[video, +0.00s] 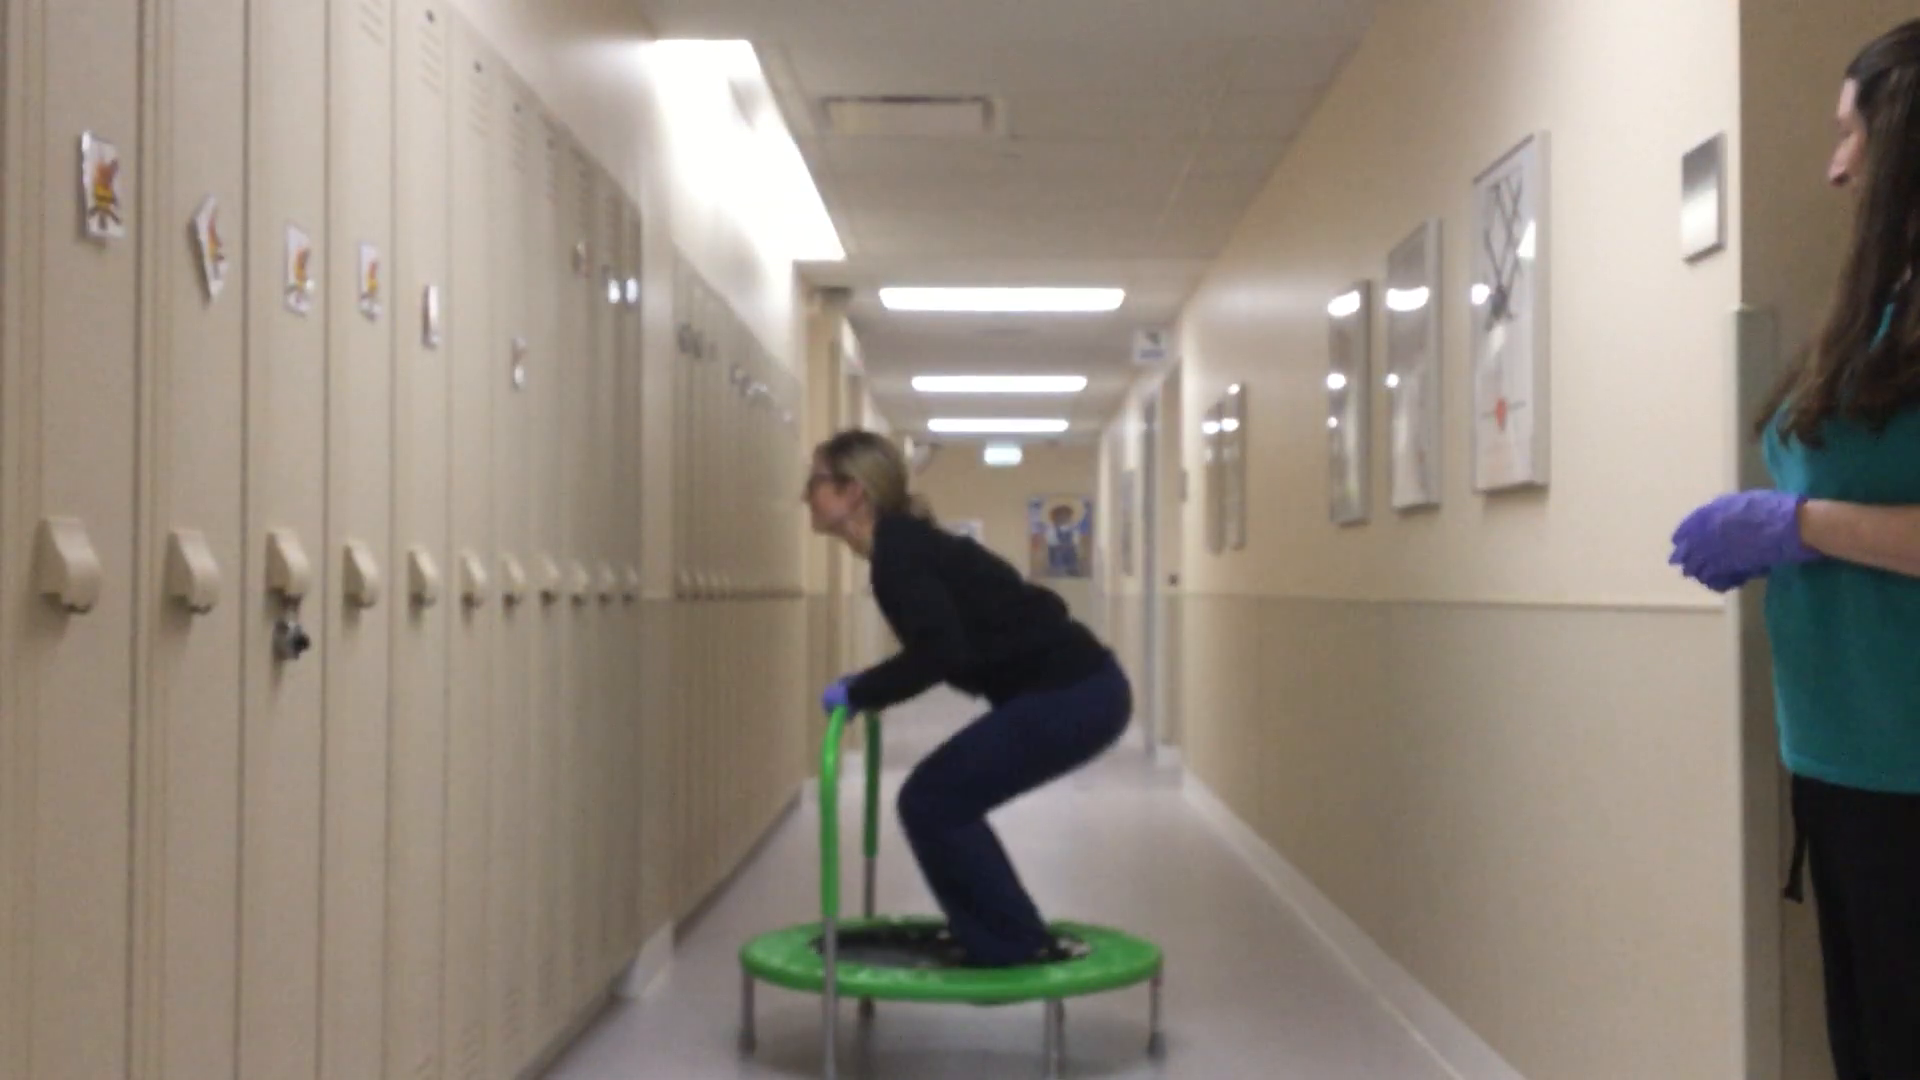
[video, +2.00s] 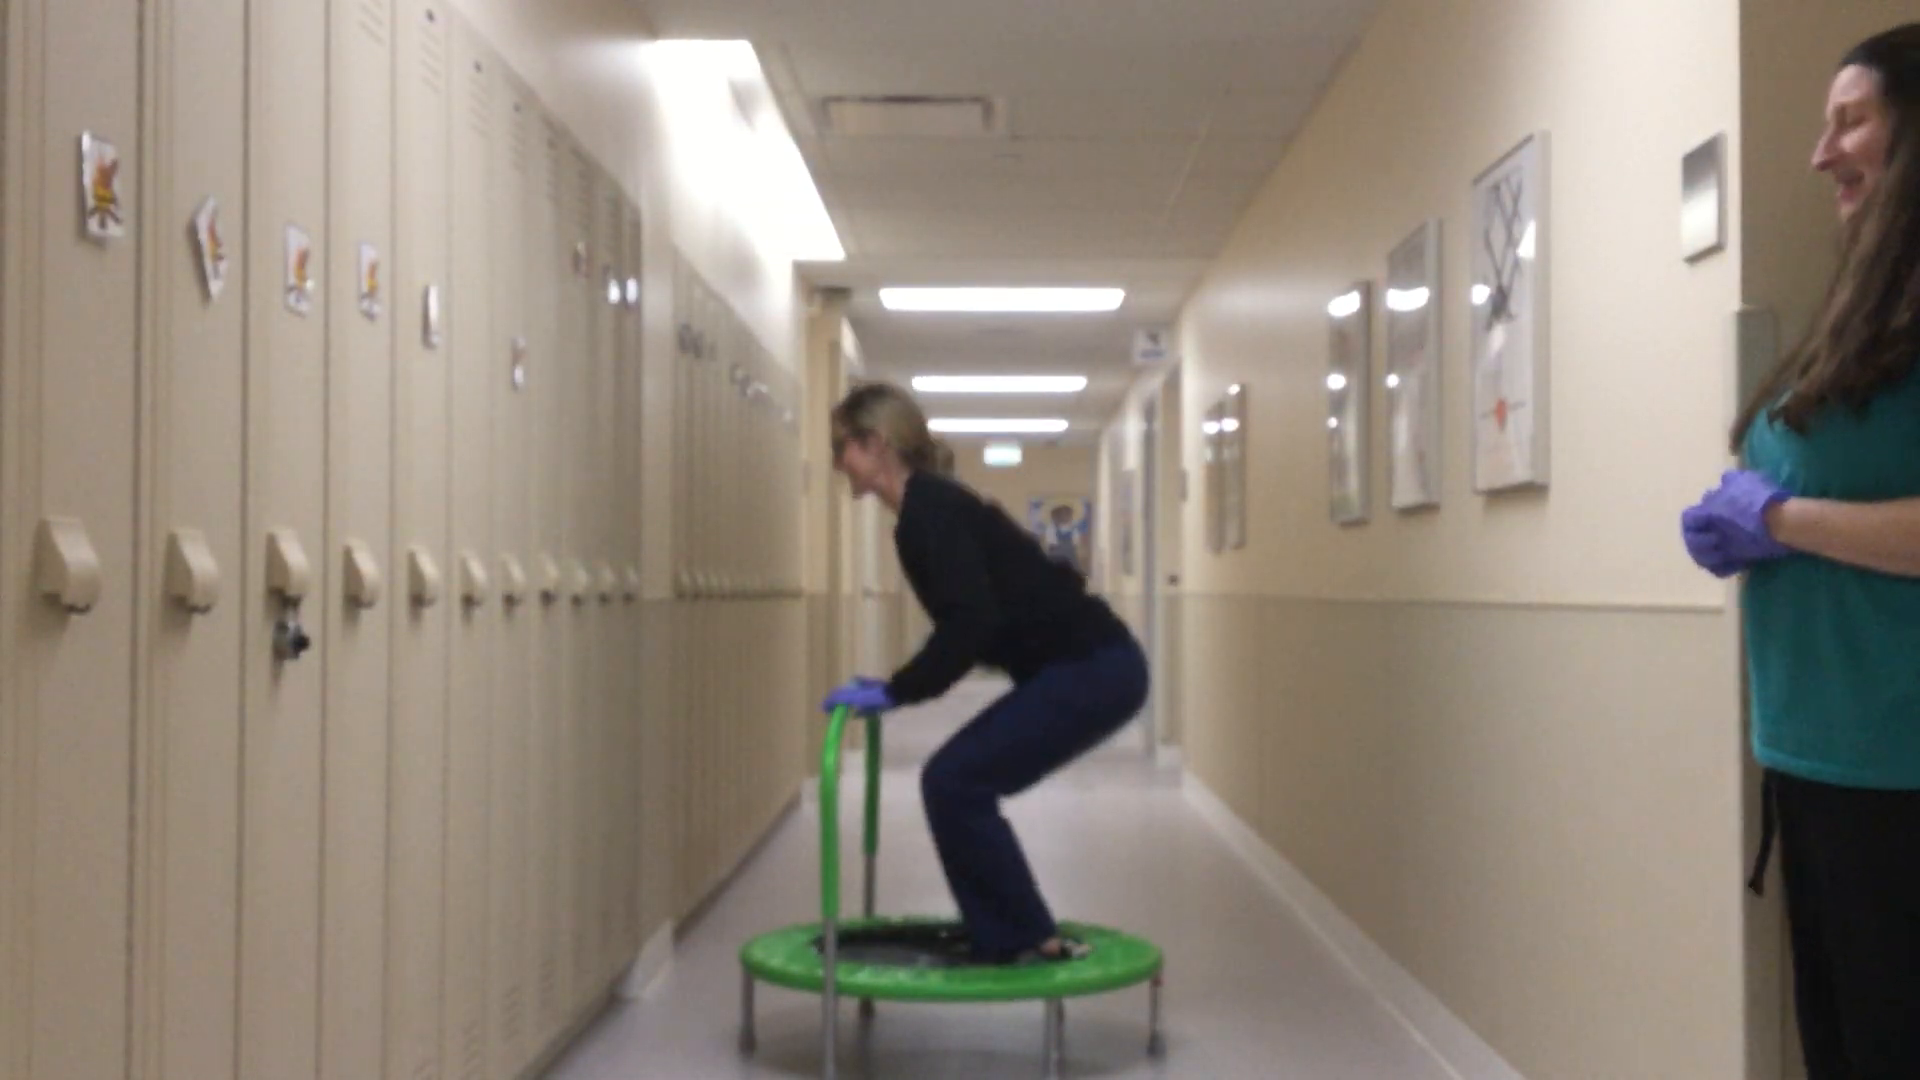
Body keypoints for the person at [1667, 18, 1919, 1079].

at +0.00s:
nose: (1836, 166)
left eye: (1853, 133)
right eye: (1840, 133)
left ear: (1904, 140)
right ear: (1884, 142)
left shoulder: (1907, 314)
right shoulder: (1871, 311)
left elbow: (1913, 530)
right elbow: (1867, 507)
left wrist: (1795, 520)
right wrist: (1771, 526)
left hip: (1899, 764)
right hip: (1837, 755)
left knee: (1894, 1040)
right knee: (1861, 1038)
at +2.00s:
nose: (1827, 151)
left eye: (1855, 121)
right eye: (1826, 126)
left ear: (1918, 135)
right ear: (1842, 142)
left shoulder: (1908, 311)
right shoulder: (1853, 310)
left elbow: (1914, 530)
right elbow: (1792, 465)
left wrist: (1780, 518)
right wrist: (1742, 508)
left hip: (1891, 758)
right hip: (1812, 751)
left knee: (1889, 1040)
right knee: (1835, 1037)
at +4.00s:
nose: (1888, 146)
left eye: (1910, 122)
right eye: (1868, 125)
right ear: (1844, 147)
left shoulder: (1919, 295)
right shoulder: (1846, 296)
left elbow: (1915, 523)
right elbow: (1805, 467)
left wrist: (1798, 519)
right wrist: (1753, 502)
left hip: (1899, 743)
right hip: (1824, 735)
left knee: (1898, 1030)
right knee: (1859, 1027)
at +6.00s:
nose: (1795, 182)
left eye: (1808, 151)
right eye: (1796, 153)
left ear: (1874, 153)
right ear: (1876, 160)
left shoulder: (1906, 330)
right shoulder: (1846, 324)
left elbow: (1915, 536)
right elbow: (1816, 486)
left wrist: (1784, 531)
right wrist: (1752, 520)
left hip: (1896, 763)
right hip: (1821, 755)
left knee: (1894, 1042)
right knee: (1850, 1041)